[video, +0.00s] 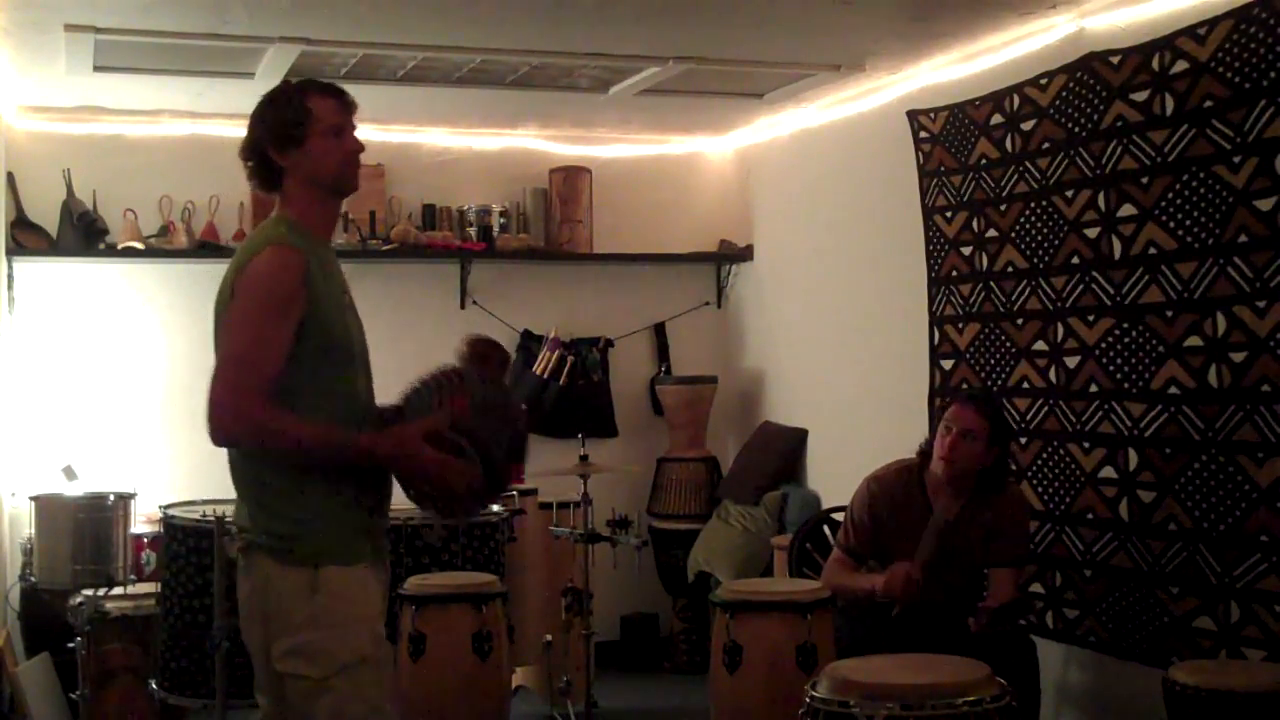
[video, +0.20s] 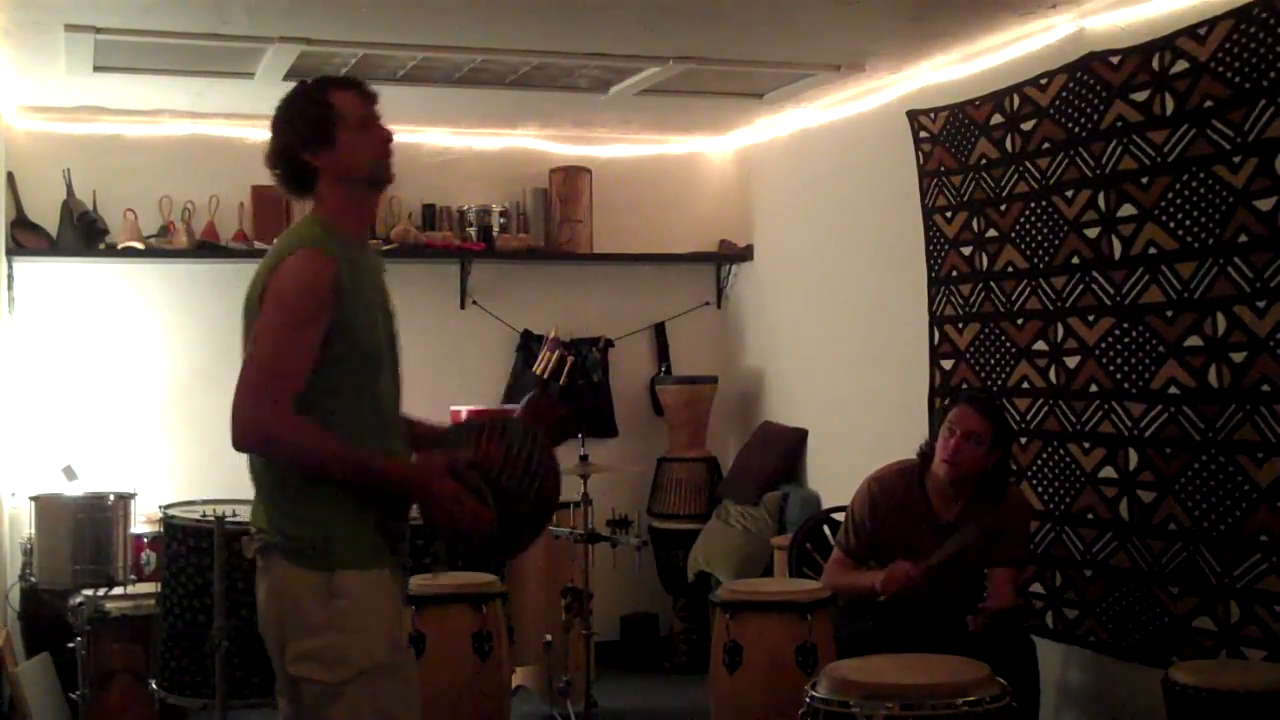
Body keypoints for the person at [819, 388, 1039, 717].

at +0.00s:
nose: (950, 444)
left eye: (967, 437)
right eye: (947, 429)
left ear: (989, 454)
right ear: (936, 431)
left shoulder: (1005, 505)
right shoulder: (884, 488)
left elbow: (1004, 590)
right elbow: (831, 575)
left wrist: (988, 612)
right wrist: (877, 582)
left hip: (960, 625)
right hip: (886, 620)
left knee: (1016, 650)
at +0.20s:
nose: (953, 445)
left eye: (971, 440)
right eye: (950, 431)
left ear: (991, 457)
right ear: (937, 434)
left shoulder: (1006, 507)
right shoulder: (883, 489)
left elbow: (1004, 592)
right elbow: (831, 576)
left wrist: (988, 611)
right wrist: (876, 579)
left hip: (960, 624)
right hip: (884, 617)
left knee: (1016, 648)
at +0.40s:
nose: (955, 445)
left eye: (972, 439)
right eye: (950, 431)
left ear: (992, 456)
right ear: (937, 434)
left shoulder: (1007, 507)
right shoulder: (884, 489)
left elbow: (1002, 595)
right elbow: (833, 576)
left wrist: (981, 615)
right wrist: (874, 580)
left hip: (961, 625)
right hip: (886, 619)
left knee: (1015, 648)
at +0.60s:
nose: (960, 448)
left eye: (977, 442)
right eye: (955, 434)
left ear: (997, 456)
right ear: (940, 435)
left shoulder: (1008, 505)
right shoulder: (887, 488)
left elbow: (1005, 593)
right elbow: (835, 575)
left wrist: (987, 612)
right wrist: (876, 586)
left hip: (961, 621)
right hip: (888, 616)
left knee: (1016, 649)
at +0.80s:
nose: (971, 460)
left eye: (988, 452)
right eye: (965, 443)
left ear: (1005, 462)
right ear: (948, 441)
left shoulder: (1016, 507)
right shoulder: (898, 488)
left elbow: (1010, 595)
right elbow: (825, 566)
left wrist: (993, 616)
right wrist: (883, 580)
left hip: (965, 625)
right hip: (889, 618)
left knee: (1016, 651)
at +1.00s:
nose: (979, 452)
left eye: (997, 445)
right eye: (974, 436)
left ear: (1016, 459)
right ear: (957, 436)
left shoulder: (1028, 509)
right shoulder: (907, 483)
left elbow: (1018, 602)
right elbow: (814, 531)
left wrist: (981, 626)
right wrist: (875, 570)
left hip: (969, 618)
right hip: (896, 607)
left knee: (1019, 649)